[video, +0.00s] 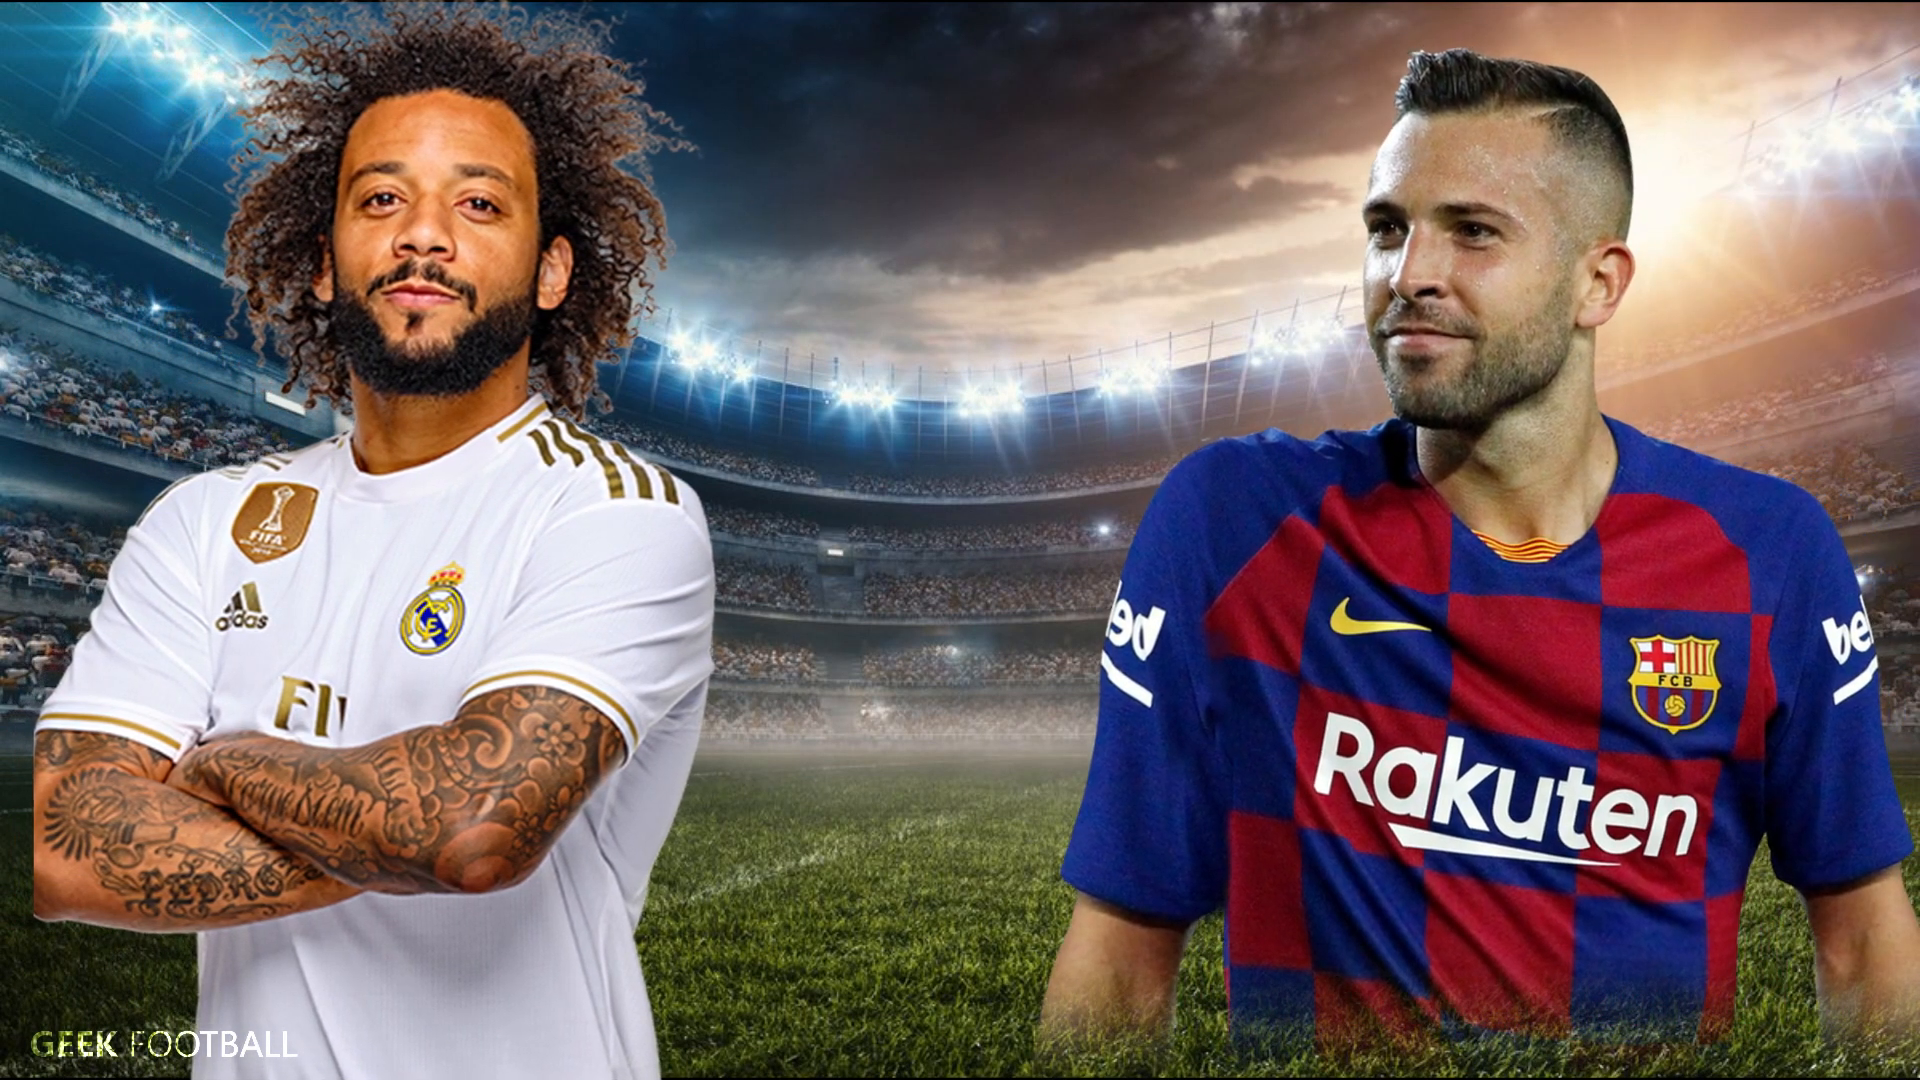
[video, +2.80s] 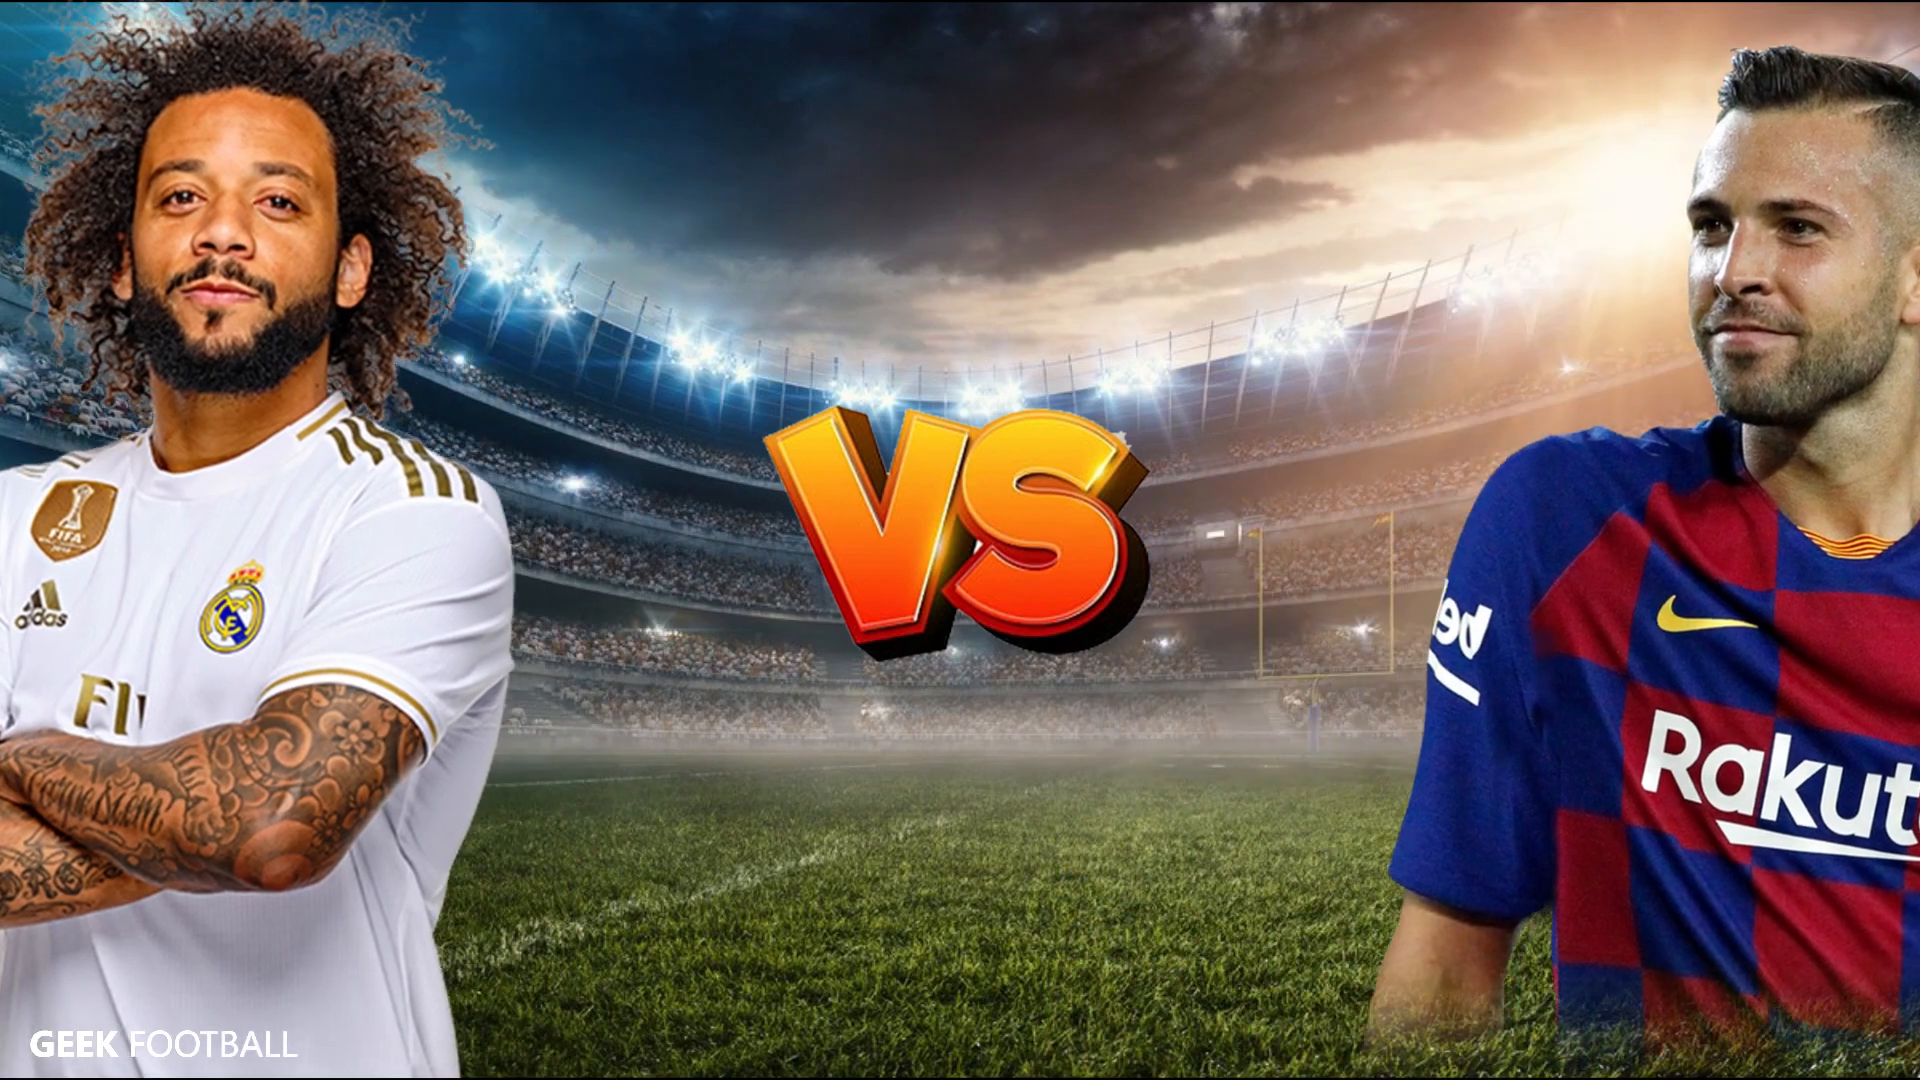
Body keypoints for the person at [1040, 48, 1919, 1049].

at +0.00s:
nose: (1407, 275)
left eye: (1474, 231)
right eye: (1388, 230)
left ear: (1600, 285)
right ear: (1364, 256)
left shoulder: (1771, 555)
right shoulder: (1229, 519)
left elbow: (1863, 931)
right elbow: (1121, 946)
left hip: (1644, 1048)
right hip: (1316, 1047)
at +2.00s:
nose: (1388, 294)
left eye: (1454, 250)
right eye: (1368, 249)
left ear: (1580, 303)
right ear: (1345, 272)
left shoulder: (1757, 572)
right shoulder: (1206, 543)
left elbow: (1853, 954)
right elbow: (1108, 974)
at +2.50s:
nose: (1527, 289)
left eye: (1592, 242)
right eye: (1505, 243)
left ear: (1717, 295)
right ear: (1482, 267)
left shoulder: (1892, 563)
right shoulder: (1346, 530)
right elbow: (1242, 962)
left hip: (1768, 1060)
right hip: (1445, 1055)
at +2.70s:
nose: (1653, 280)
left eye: (1719, 234)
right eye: (1633, 234)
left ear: (1844, 285)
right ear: (1612, 255)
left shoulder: (1911, 540)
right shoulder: (1480, 522)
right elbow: (1369, 960)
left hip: (1881, 1046)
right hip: (1582, 1048)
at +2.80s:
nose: (1736, 274)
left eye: (1801, 229)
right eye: (1714, 229)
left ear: (1915, 280)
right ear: (1688, 253)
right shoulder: (1561, 516)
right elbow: (1448, 946)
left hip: (1891, 1043)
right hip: (1645, 1051)